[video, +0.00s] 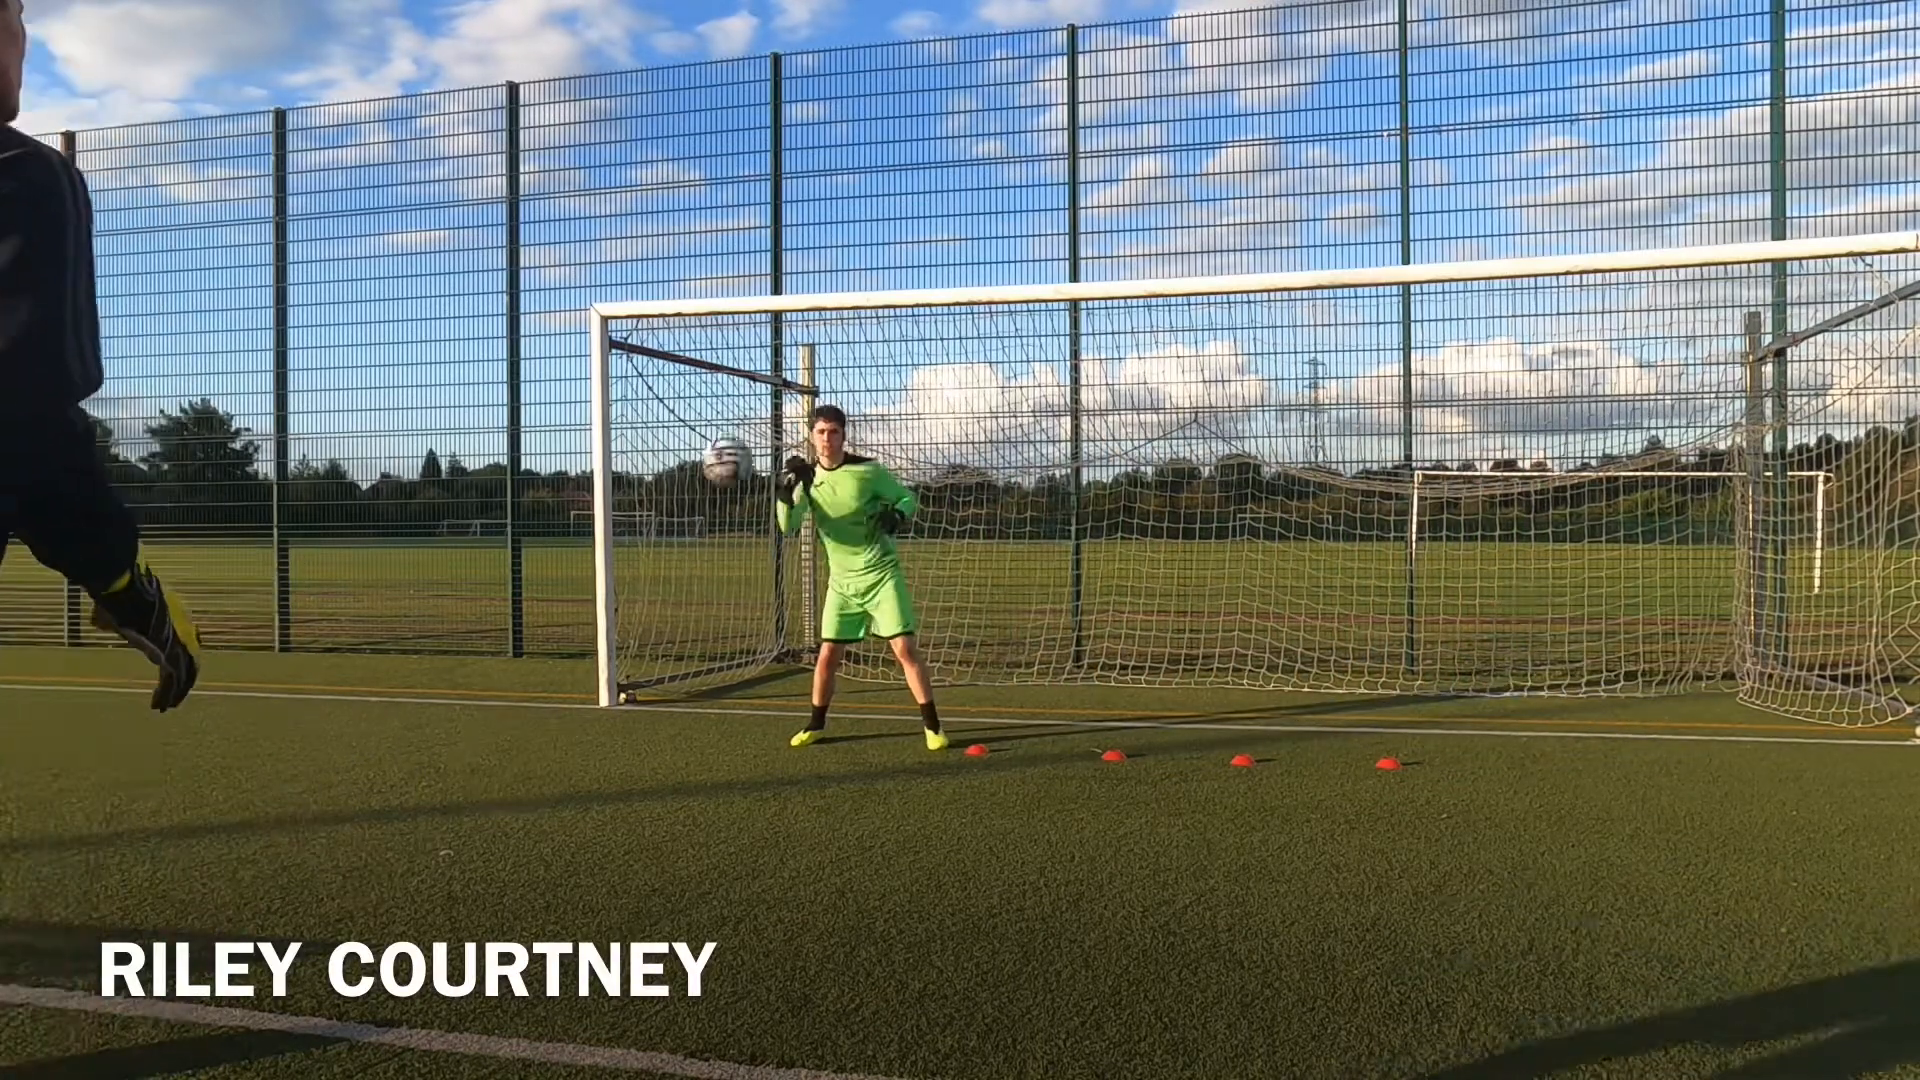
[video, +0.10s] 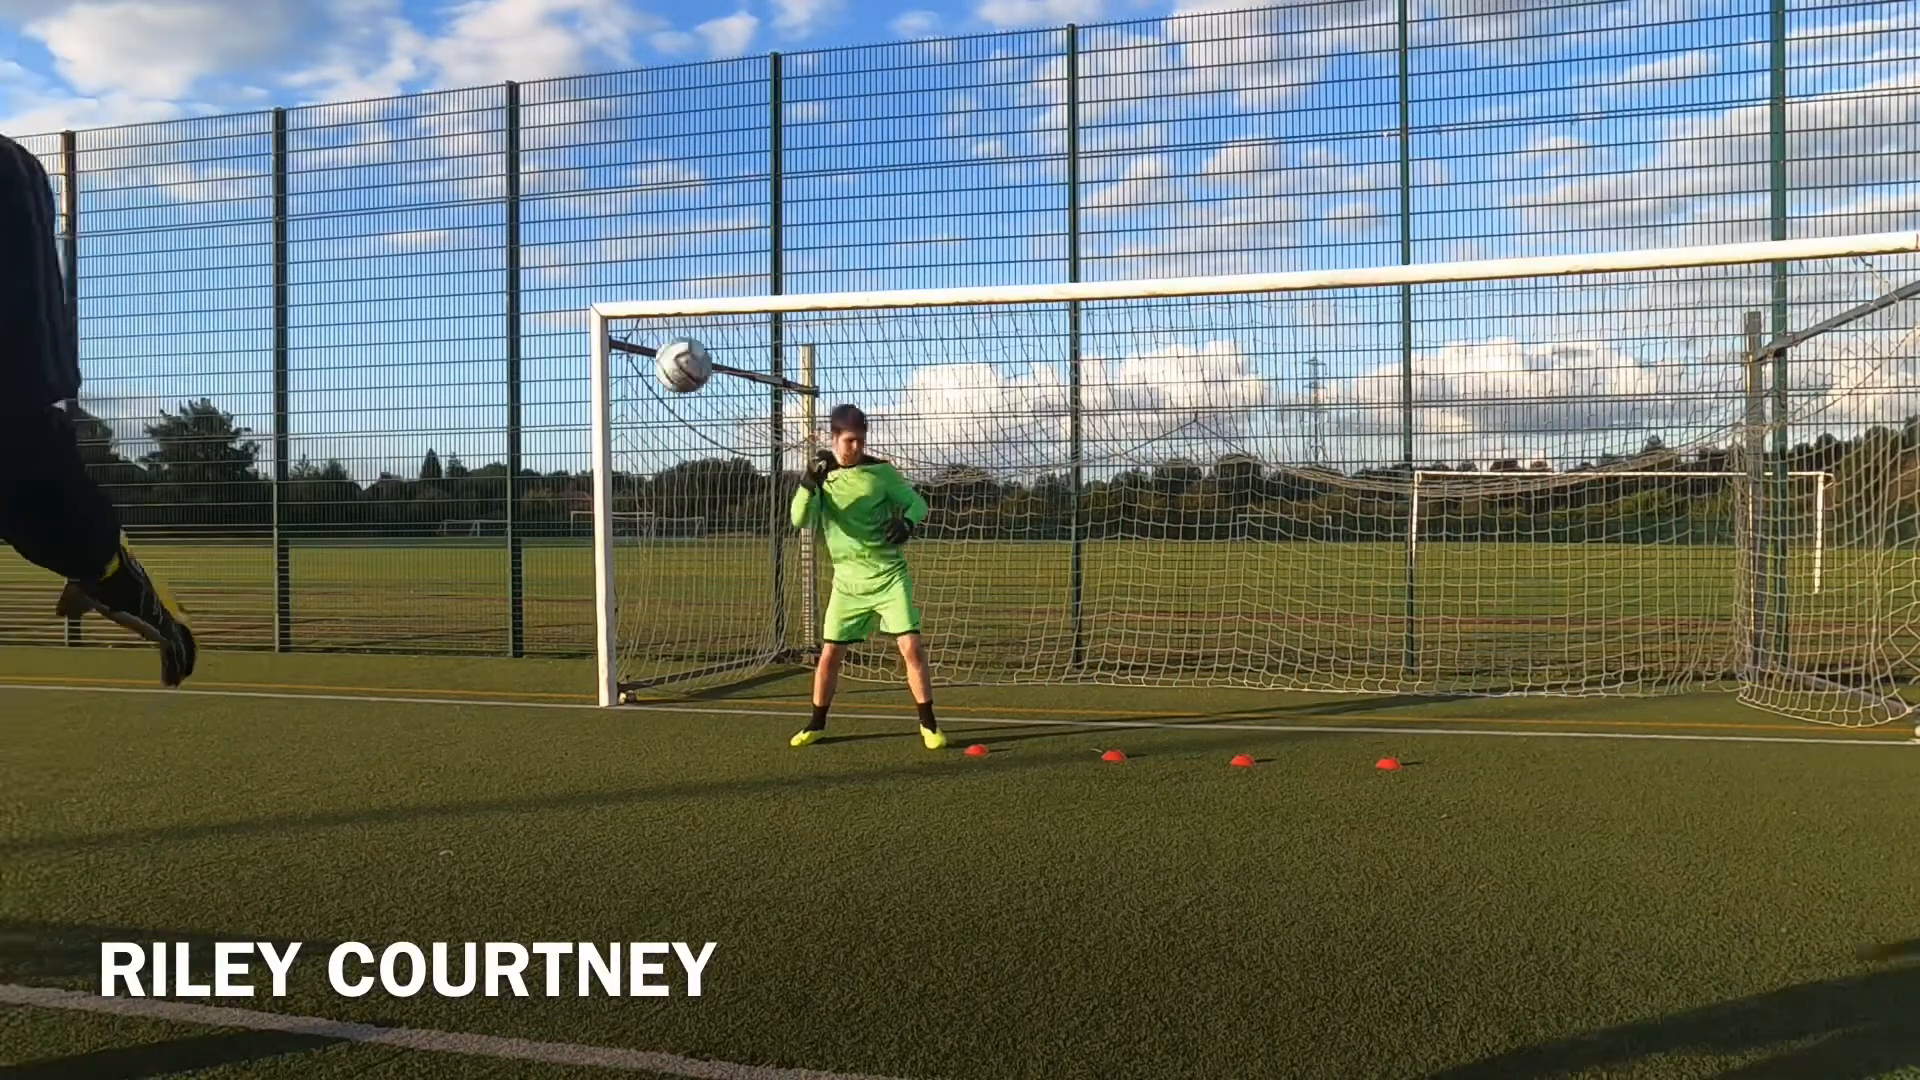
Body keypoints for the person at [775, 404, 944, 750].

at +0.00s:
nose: (828, 438)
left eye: (834, 431)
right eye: (821, 432)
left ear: (844, 436)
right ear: (812, 437)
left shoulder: (870, 472)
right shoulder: (807, 480)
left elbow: (908, 500)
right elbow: (787, 526)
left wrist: (897, 515)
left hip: (882, 576)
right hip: (840, 583)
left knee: (904, 648)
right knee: (827, 655)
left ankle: (932, 725)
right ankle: (816, 725)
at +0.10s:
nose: (854, 447)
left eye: (859, 440)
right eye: (847, 440)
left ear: (866, 438)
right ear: (833, 438)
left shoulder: (884, 473)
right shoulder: (821, 481)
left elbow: (917, 505)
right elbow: (798, 521)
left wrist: (907, 524)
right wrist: (810, 481)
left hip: (890, 578)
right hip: (846, 583)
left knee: (912, 648)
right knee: (829, 653)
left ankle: (928, 724)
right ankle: (817, 724)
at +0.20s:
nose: (890, 456)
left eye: (893, 449)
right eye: (884, 450)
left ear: (896, 445)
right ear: (865, 443)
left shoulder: (906, 479)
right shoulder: (838, 477)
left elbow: (932, 516)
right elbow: (818, 532)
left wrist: (918, 533)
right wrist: (837, 516)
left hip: (901, 582)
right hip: (857, 586)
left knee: (920, 649)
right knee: (837, 657)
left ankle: (912, 716)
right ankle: (818, 723)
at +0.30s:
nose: (919, 461)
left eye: (923, 454)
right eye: (914, 455)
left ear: (926, 449)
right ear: (896, 447)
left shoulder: (934, 482)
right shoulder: (865, 479)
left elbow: (952, 518)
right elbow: (842, 523)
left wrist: (941, 542)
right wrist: (855, 548)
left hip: (924, 589)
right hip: (880, 587)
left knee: (916, 665)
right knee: (859, 660)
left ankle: (896, 722)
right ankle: (831, 719)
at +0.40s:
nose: (948, 459)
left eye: (951, 453)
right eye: (943, 454)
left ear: (952, 449)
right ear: (924, 445)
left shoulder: (961, 477)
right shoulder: (891, 472)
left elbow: (979, 509)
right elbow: (872, 514)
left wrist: (978, 542)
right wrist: (869, 557)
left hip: (943, 581)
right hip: (902, 576)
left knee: (931, 667)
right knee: (891, 645)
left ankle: (905, 710)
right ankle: (885, 723)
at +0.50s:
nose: (977, 463)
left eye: (980, 457)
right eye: (971, 458)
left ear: (981, 452)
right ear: (952, 450)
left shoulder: (986, 484)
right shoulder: (917, 478)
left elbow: (1015, 516)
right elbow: (898, 520)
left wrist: (1020, 552)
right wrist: (896, 565)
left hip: (965, 573)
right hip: (923, 574)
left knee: (976, 647)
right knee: (927, 652)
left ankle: (942, 697)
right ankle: (906, 733)